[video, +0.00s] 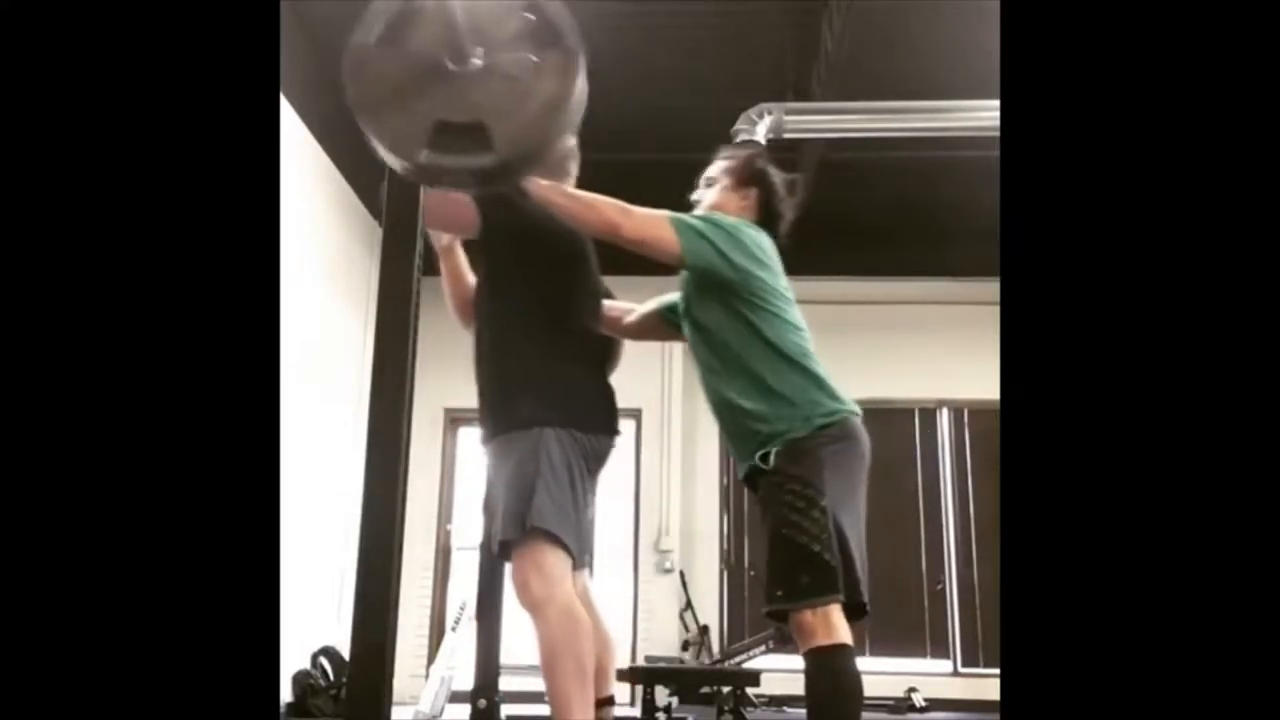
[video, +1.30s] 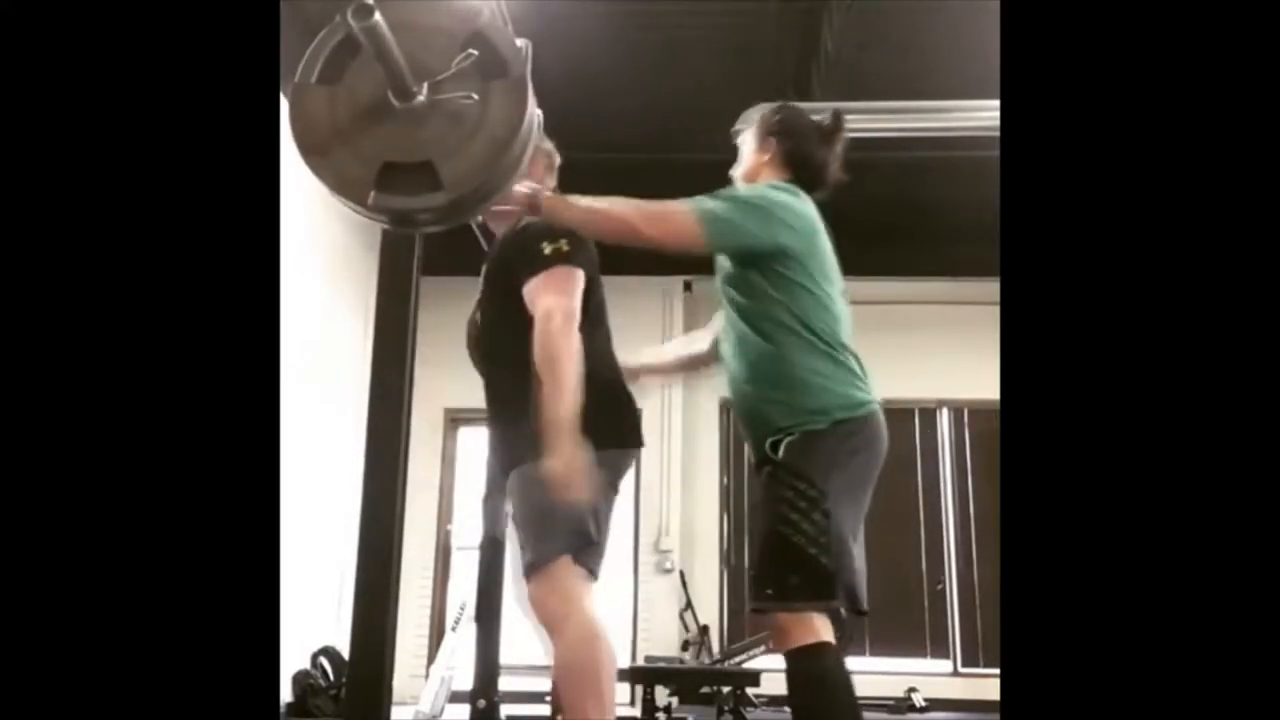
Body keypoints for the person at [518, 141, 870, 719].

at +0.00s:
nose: (697, 192)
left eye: (713, 182)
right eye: (701, 183)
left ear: (749, 197)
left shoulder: (736, 240)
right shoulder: (707, 294)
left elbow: (623, 222)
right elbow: (628, 318)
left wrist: (521, 182)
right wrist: (543, 290)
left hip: (813, 441)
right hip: (791, 452)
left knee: (816, 617)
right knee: (816, 620)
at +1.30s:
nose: (735, 159)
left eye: (741, 147)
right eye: (737, 148)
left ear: (768, 151)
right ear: (790, 158)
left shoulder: (778, 206)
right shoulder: (772, 230)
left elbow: (651, 223)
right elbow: (711, 346)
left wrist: (546, 203)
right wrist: (612, 368)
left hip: (825, 429)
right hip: (805, 434)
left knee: (795, 611)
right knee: (794, 613)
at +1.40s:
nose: (749, 170)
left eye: (760, 157)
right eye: (753, 157)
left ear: (789, 166)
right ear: (803, 172)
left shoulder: (797, 222)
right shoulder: (791, 237)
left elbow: (704, 257)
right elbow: (763, 364)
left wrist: (587, 227)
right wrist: (670, 412)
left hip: (829, 437)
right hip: (810, 441)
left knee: (798, 614)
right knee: (796, 616)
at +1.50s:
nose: (759, 181)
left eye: (770, 169)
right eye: (763, 169)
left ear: (802, 175)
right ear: (809, 179)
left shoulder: (809, 228)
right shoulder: (802, 243)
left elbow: (786, 293)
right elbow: (779, 382)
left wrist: (680, 300)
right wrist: (712, 451)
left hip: (840, 440)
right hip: (822, 444)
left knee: (816, 613)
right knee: (808, 619)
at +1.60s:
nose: (768, 187)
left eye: (778, 174)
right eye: (770, 175)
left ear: (812, 179)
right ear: (810, 181)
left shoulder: (830, 230)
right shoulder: (805, 246)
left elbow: (831, 318)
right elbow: (795, 388)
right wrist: (762, 473)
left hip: (854, 436)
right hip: (828, 443)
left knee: (837, 606)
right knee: (832, 610)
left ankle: (854, 717)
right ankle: (851, 715)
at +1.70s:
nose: (775, 184)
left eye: (785, 172)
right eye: (777, 174)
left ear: (820, 176)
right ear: (813, 179)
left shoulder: (844, 230)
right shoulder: (810, 244)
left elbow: (856, 325)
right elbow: (805, 383)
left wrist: (817, 414)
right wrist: (784, 475)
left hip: (868, 430)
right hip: (839, 434)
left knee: (850, 598)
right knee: (836, 602)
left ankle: (868, 719)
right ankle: (863, 716)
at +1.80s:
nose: (787, 183)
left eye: (796, 171)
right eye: (789, 173)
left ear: (832, 173)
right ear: (828, 176)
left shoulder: (862, 228)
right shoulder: (823, 243)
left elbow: (883, 332)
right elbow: (830, 366)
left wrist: (875, 434)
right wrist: (816, 471)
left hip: (871, 435)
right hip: (836, 441)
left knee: (865, 592)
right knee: (842, 598)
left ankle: (913, 712)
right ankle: (869, 711)